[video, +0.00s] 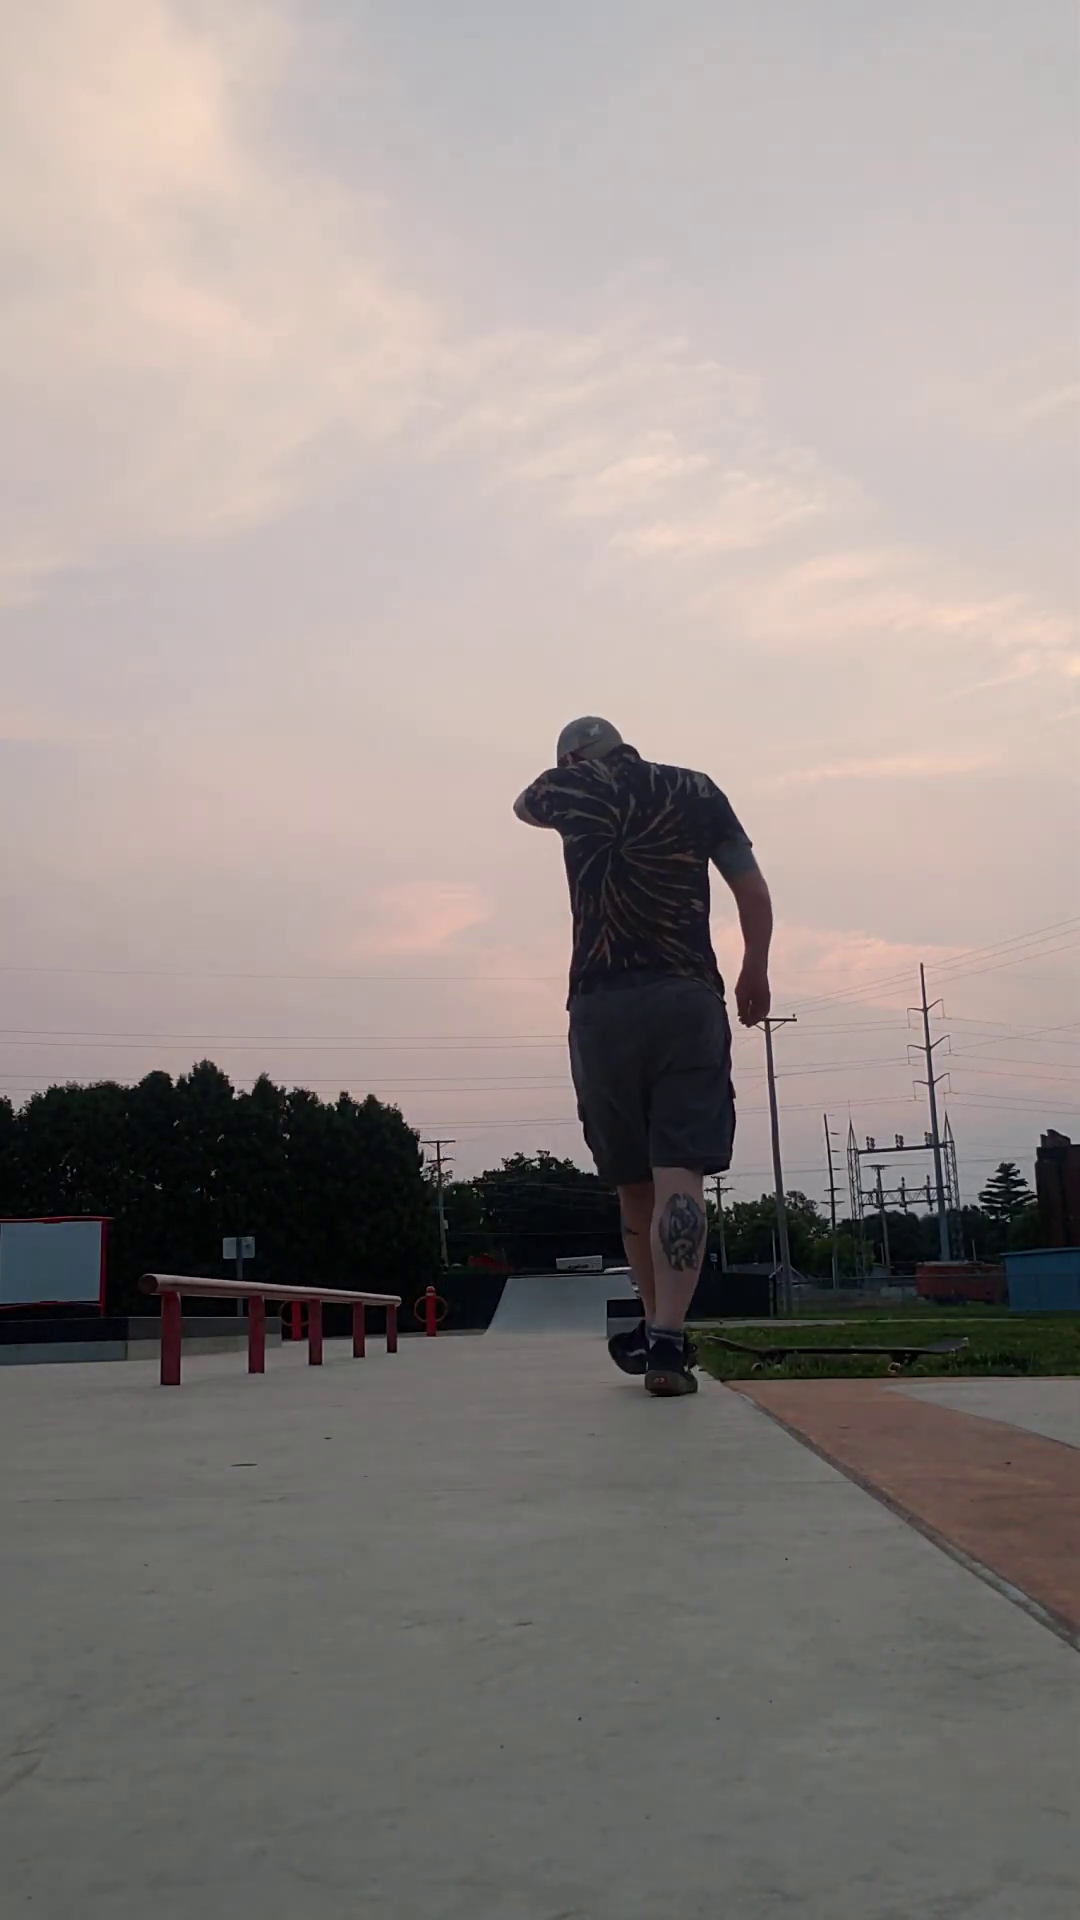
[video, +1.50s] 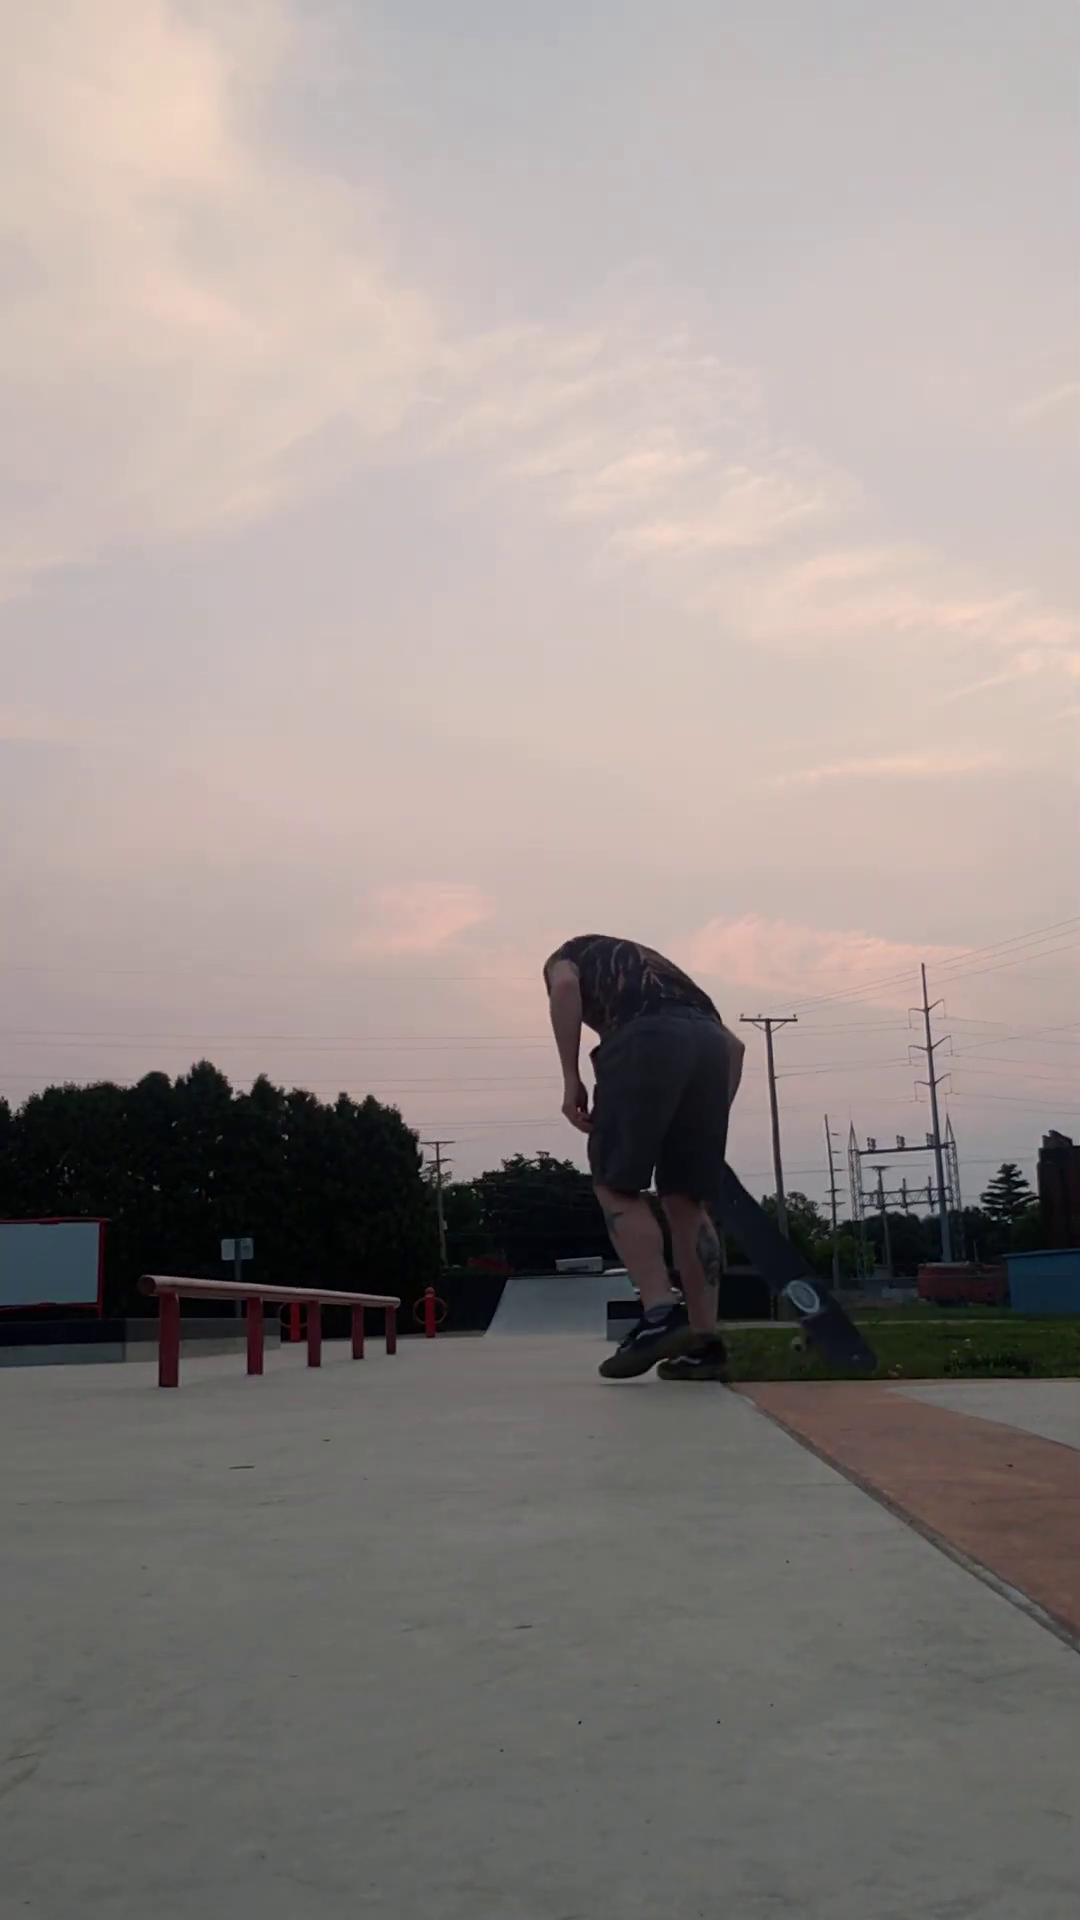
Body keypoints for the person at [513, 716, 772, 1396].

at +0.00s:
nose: (568, 775)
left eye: (566, 767)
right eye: (570, 767)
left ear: (576, 759)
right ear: (623, 743)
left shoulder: (572, 789)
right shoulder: (695, 789)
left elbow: (525, 806)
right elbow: (752, 890)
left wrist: (575, 775)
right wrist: (755, 970)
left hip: (604, 1007)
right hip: (688, 1000)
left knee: (632, 1183)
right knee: (681, 1175)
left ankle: (658, 1333)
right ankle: (668, 1340)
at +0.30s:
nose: (614, 820)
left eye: (607, 813)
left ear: (601, 814)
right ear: (655, 804)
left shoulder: (581, 847)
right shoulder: (705, 839)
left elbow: (538, 953)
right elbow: (741, 944)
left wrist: (583, 978)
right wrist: (743, 1027)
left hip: (615, 1038)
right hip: (696, 1029)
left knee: (654, 1194)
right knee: (722, 1172)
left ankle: (692, 1344)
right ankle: (739, 1277)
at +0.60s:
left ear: (597, 896)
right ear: (646, 891)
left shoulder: (589, 904)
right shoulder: (695, 916)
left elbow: (578, 951)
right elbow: (749, 1023)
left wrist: (577, 1050)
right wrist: (729, 1095)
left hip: (644, 1043)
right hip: (720, 1046)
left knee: (654, 1203)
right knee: (716, 1200)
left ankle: (694, 1348)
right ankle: (717, 1342)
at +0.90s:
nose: (623, 1100)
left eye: (617, 1092)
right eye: (621, 1095)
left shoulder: (595, 1004)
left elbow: (591, 1003)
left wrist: (597, 1090)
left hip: (682, 1046)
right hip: (749, 1055)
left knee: (652, 1206)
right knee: (699, 1201)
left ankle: (698, 1341)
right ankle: (710, 1337)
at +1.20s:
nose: (599, 1097)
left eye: (591, 1087)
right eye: (591, 1091)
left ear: (583, 1058)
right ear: (617, 1065)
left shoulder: (583, 1021)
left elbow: (589, 1016)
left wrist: (599, 1102)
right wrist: (712, 1282)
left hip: (680, 1047)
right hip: (741, 1058)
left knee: (650, 1205)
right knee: (688, 1203)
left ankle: (698, 1332)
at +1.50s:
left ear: (571, 954)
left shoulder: (568, 956)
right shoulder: (653, 965)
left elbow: (565, 986)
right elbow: (733, 1046)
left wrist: (572, 1080)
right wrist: (710, 1121)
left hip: (648, 1043)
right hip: (712, 1047)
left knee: (616, 1187)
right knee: (684, 1195)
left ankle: (659, 1311)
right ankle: (706, 1343)